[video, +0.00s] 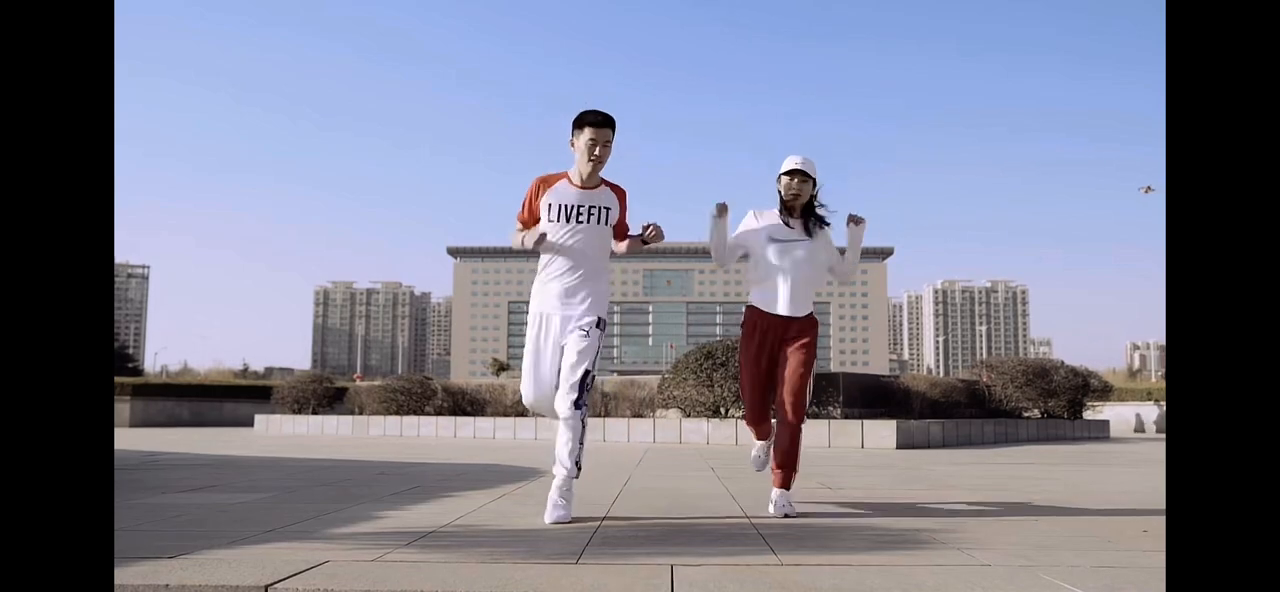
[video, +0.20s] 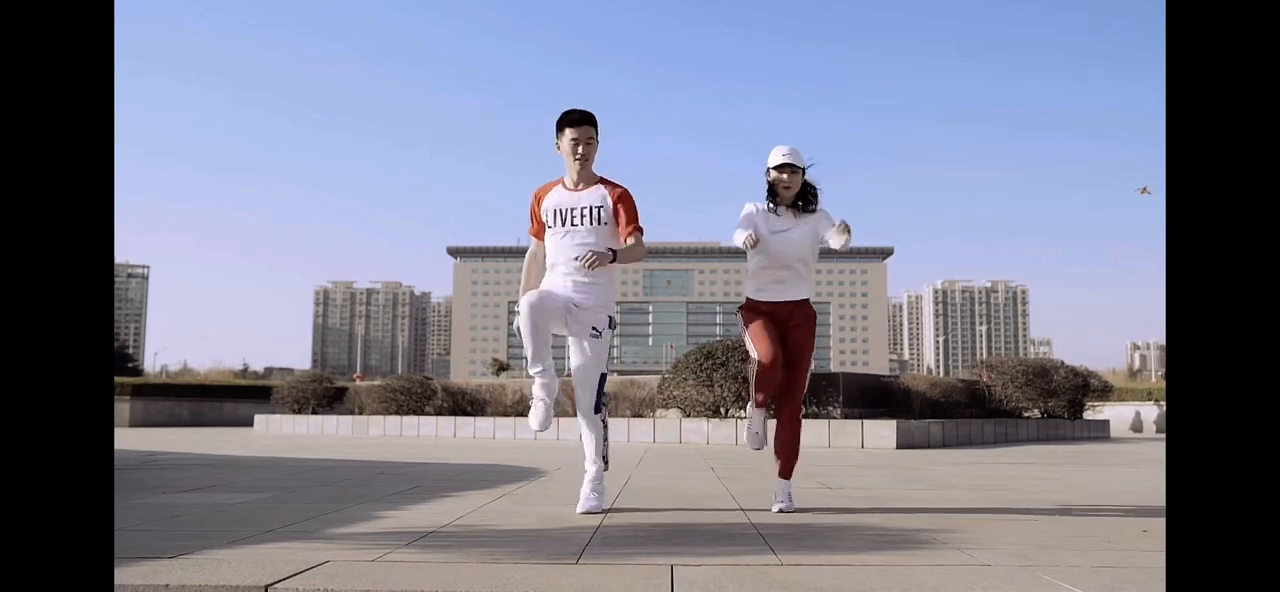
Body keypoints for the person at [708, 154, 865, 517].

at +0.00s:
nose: (794, 185)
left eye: (802, 179)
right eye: (788, 178)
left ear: (813, 188)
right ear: (778, 184)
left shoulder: (819, 232)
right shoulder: (758, 220)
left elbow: (843, 274)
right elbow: (722, 258)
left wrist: (854, 238)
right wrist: (719, 222)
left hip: (801, 325)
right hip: (759, 321)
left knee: (792, 408)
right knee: (754, 407)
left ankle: (781, 490)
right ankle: (764, 438)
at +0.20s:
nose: (787, 175)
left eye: (793, 170)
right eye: (780, 169)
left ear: (803, 175)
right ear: (769, 174)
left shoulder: (816, 216)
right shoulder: (755, 211)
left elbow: (836, 242)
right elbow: (739, 234)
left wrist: (842, 233)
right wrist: (746, 238)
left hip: (799, 311)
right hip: (758, 309)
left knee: (792, 399)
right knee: (770, 356)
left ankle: (784, 486)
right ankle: (758, 410)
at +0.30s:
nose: (785, 175)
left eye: (791, 169)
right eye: (777, 169)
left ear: (800, 173)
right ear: (766, 175)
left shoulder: (818, 218)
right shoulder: (751, 218)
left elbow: (834, 262)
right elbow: (737, 268)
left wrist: (842, 300)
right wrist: (729, 310)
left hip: (799, 314)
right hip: (757, 307)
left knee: (788, 404)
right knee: (774, 344)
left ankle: (782, 485)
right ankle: (764, 420)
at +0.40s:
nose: (784, 169)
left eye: (789, 162)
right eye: (776, 163)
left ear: (799, 166)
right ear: (765, 169)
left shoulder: (817, 211)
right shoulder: (751, 212)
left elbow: (833, 264)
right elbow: (736, 266)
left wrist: (841, 314)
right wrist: (723, 314)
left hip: (800, 305)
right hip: (757, 300)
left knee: (790, 392)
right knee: (771, 360)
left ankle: (785, 479)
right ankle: (770, 446)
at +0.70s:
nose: (781, 167)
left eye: (786, 161)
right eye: (773, 162)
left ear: (794, 166)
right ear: (760, 169)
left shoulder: (815, 209)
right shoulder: (747, 215)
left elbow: (835, 259)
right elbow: (732, 269)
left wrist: (845, 306)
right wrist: (728, 316)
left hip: (800, 302)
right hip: (759, 303)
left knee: (796, 390)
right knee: (768, 398)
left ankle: (791, 441)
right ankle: (774, 480)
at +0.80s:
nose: (785, 176)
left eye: (788, 170)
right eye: (777, 171)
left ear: (796, 174)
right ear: (763, 178)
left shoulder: (814, 217)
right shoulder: (750, 218)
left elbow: (831, 250)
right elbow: (733, 253)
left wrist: (847, 282)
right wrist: (737, 283)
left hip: (800, 300)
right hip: (760, 301)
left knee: (795, 353)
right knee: (767, 396)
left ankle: (799, 418)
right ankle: (772, 481)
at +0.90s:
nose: (785, 181)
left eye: (789, 175)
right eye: (777, 176)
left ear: (796, 179)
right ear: (762, 182)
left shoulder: (811, 221)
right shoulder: (751, 222)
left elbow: (836, 250)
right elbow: (726, 252)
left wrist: (841, 235)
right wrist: (740, 244)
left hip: (804, 307)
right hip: (764, 311)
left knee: (797, 333)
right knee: (770, 406)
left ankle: (802, 409)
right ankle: (775, 485)